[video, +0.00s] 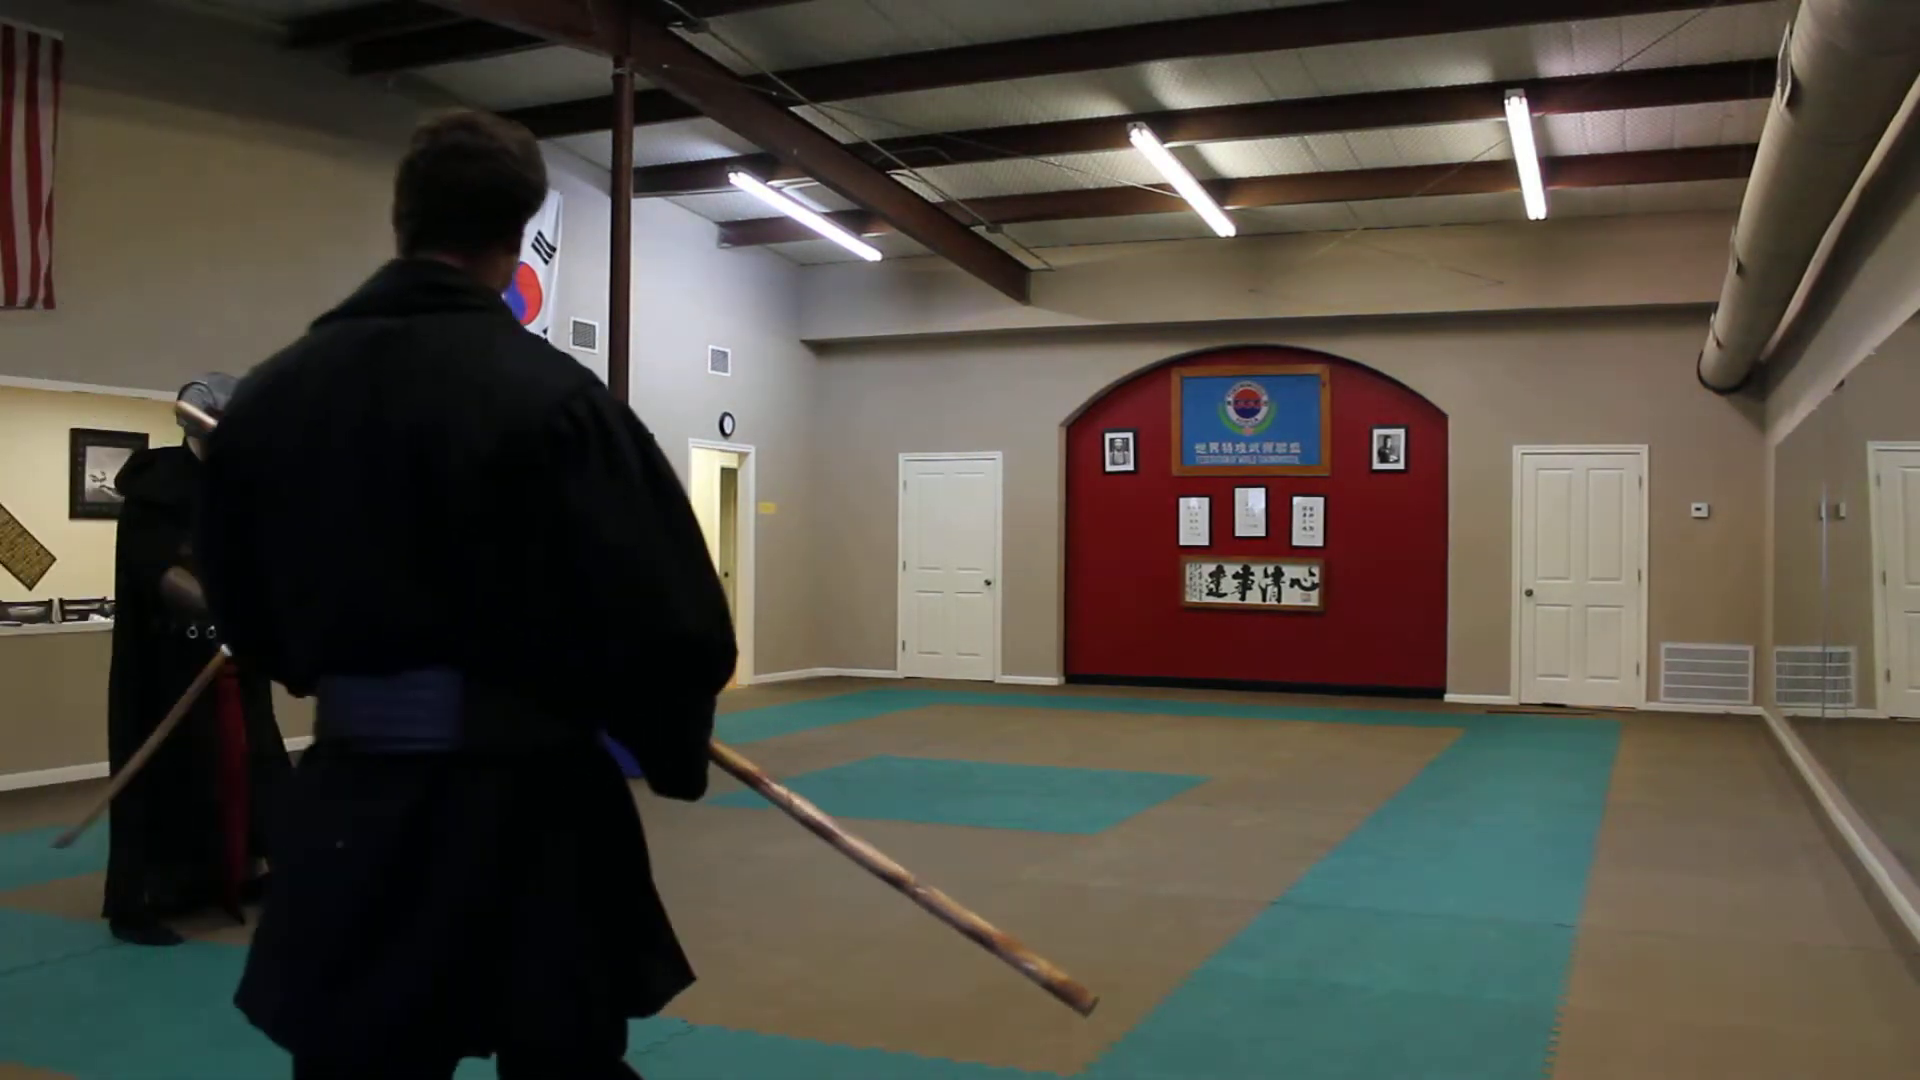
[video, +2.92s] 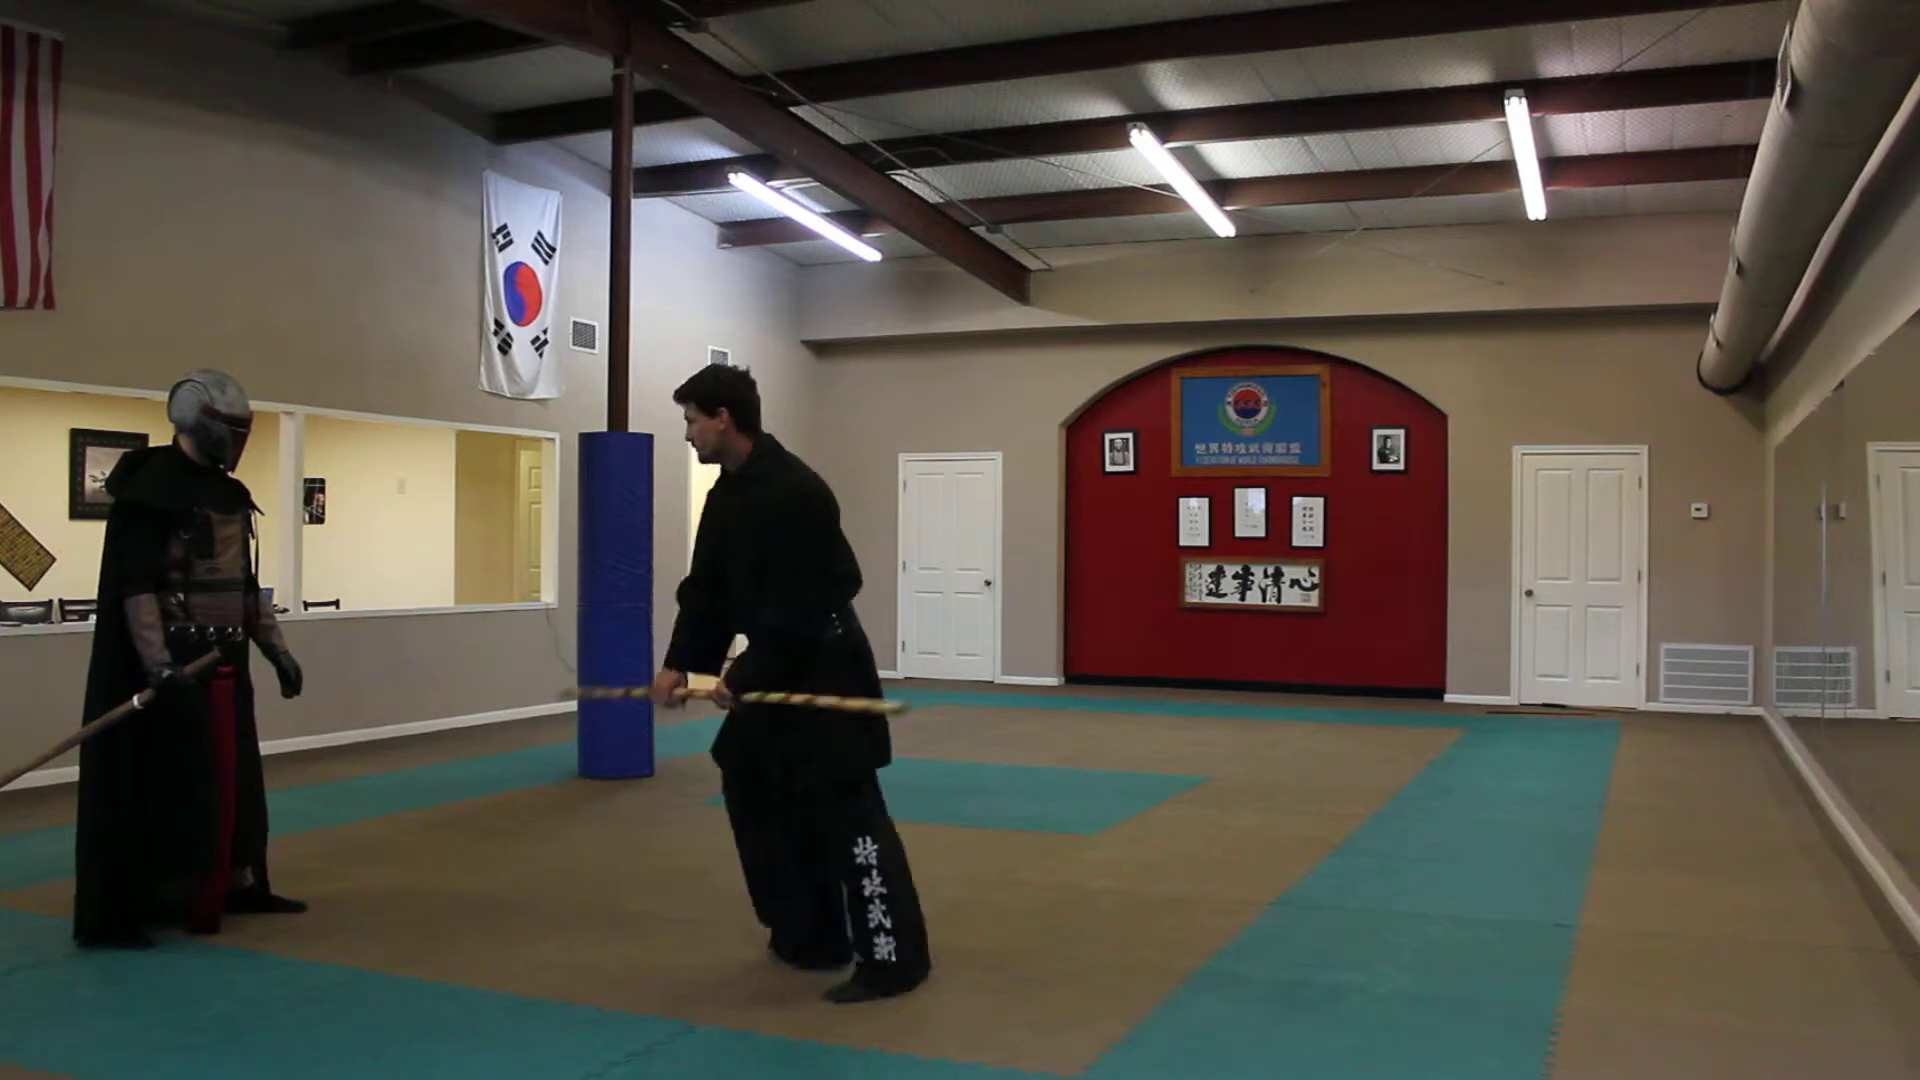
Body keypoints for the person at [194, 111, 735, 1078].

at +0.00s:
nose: (524, 261)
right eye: (524, 239)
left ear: (403, 224)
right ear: (515, 244)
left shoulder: (273, 399)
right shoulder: (559, 400)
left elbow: (253, 618)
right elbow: (678, 629)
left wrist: (341, 677)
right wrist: (661, 741)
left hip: (354, 807)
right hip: (537, 809)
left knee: (356, 1059)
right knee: (565, 1057)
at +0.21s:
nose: (623, 279)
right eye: (625, 261)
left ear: (513, 256)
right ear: (621, 269)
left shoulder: (396, 409)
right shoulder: (672, 415)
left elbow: (351, 600)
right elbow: (774, 617)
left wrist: (467, 655)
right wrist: (735, 703)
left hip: (483, 788)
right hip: (643, 791)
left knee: (480, 1041)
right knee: (642, 1048)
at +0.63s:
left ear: (602, 304)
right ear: (695, 308)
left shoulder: (524, 435)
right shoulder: (759, 438)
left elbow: (448, 593)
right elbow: (819, 599)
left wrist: (525, 664)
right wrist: (744, 683)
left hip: (589, 758)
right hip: (718, 758)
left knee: (622, 1006)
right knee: (704, 1014)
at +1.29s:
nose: (696, 355)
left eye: (695, 344)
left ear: (700, 350)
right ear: (774, 352)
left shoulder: (645, 457)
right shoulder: (837, 453)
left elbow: (592, 599)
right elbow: (889, 587)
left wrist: (650, 683)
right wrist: (839, 671)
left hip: (690, 719)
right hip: (808, 720)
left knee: (675, 926)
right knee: (813, 910)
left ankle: (669, 1065)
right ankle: (828, 1056)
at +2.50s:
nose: (692, 416)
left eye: (694, 403)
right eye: (690, 404)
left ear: (721, 398)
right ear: (744, 396)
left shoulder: (743, 468)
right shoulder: (807, 459)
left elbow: (709, 572)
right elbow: (804, 569)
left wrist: (667, 650)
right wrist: (713, 622)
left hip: (774, 662)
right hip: (824, 654)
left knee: (743, 816)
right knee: (817, 803)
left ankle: (737, 987)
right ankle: (825, 941)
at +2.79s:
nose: (694, 425)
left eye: (698, 412)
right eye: (693, 413)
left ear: (731, 408)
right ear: (735, 407)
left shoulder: (780, 475)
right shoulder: (759, 467)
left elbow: (771, 590)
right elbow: (731, 556)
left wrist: (722, 664)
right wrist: (694, 621)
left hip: (821, 669)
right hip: (785, 665)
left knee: (823, 818)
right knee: (789, 810)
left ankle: (880, 954)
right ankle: (814, 937)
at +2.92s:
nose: (686, 434)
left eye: (692, 422)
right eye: (685, 422)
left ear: (725, 418)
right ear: (724, 419)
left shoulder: (793, 488)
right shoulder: (728, 494)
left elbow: (811, 595)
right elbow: (707, 590)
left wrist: (747, 667)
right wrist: (679, 663)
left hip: (826, 676)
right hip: (770, 678)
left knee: (847, 811)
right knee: (754, 789)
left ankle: (894, 958)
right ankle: (809, 936)